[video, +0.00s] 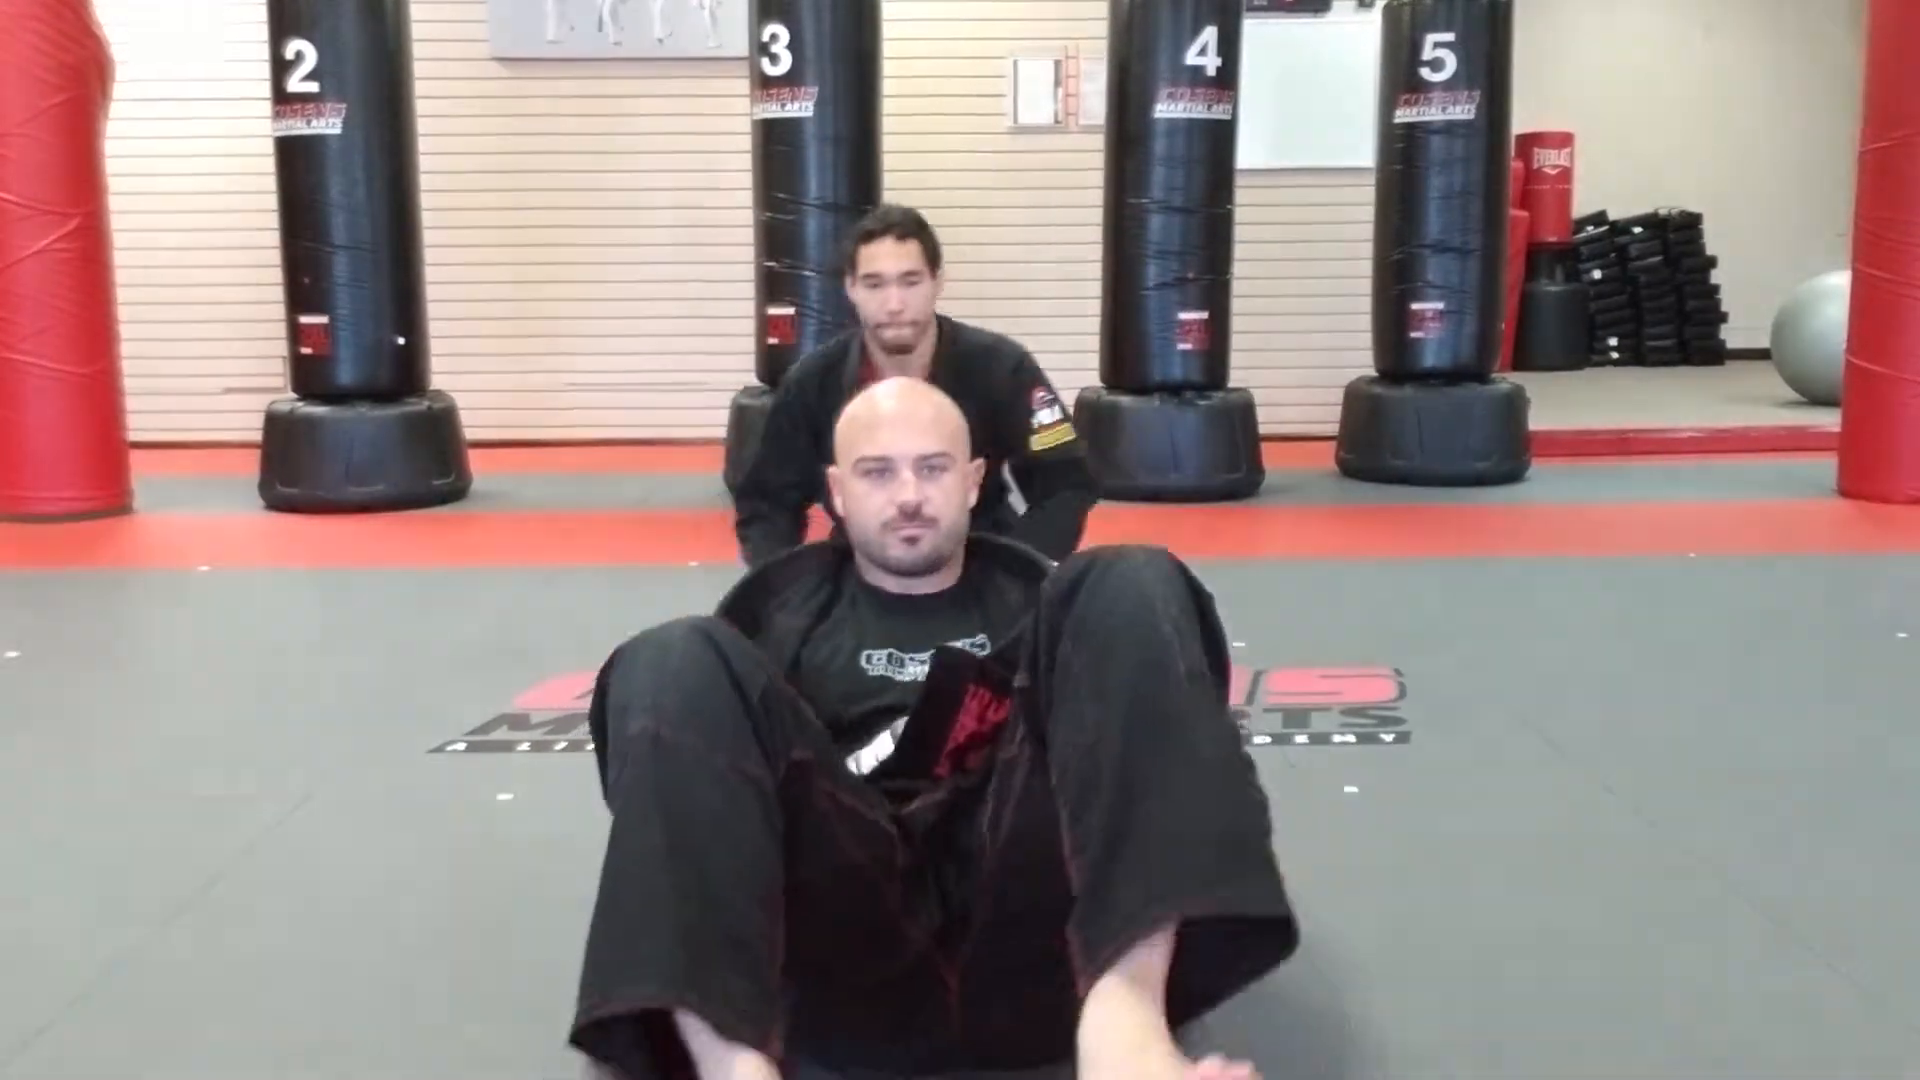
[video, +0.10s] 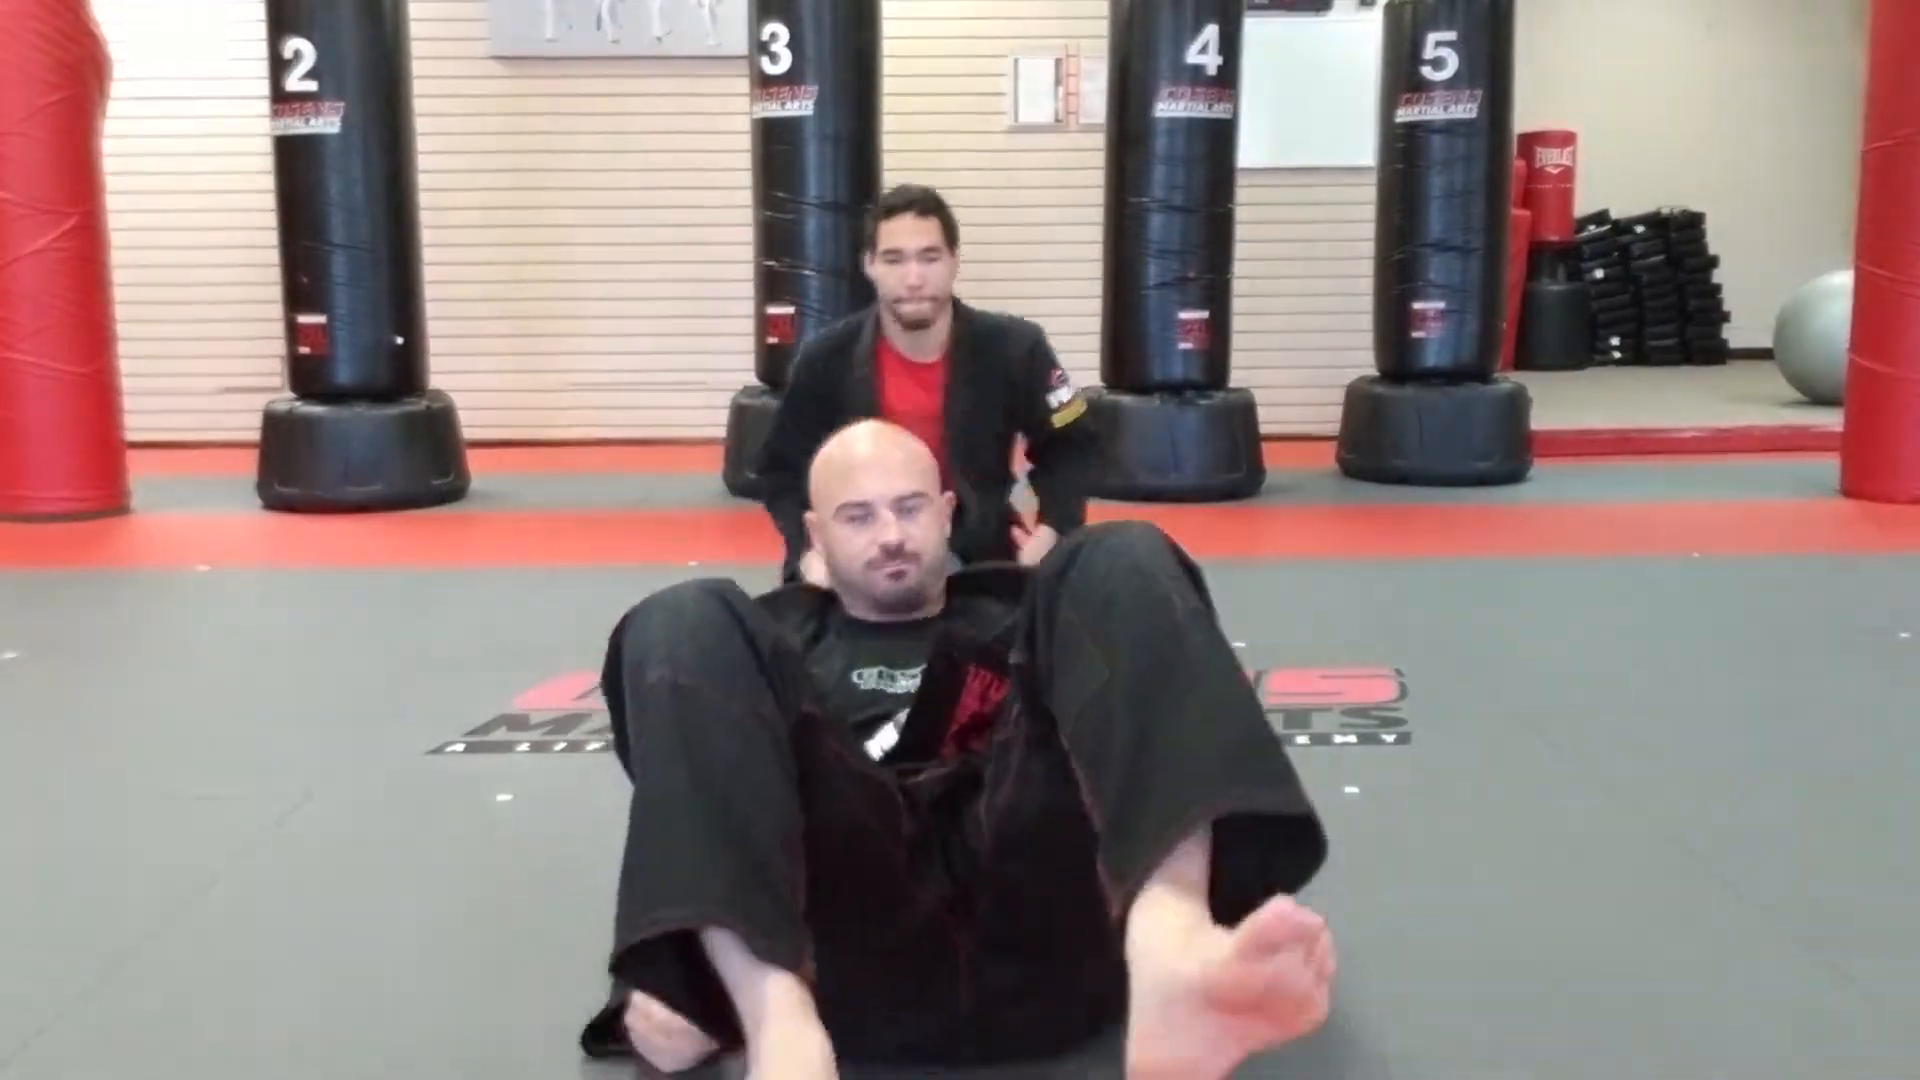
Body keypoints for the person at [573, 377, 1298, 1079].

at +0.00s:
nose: (908, 497)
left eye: (933, 469)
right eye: (878, 473)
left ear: (976, 481)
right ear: (833, 494)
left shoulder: (1054, 605)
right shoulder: (772, 609)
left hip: (1030, 938)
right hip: (829, 935)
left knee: (1138, 582)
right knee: (668, 663)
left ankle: (1129, 1027)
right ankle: (730, 1058)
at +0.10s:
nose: (891, 535)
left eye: (912, 509)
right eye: (859, 515)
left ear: (950, 519)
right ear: (812, 543)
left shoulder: (1037, 614)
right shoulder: (760, 643)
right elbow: (678, 779)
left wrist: (1068, 579)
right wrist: (650, 1002)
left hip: (1045, 949)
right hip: (845, 960)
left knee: (1126, 553)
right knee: (674, 620)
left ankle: (1171, 965)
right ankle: (782, 1035)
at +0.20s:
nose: (872, 564)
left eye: (890, 536)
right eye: (839, 549)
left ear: (928, 545)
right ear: (801, 575)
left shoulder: (1022, 643)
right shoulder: (768, 683)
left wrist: (1078, 556)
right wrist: (666, 978)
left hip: (1058, 949)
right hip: (859, 974)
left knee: (1113, 530)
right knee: (685, 585)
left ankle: (1186, 908)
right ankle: (794, 990)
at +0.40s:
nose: (856, 595)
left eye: (874, 571)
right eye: (824, 587)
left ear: (916, 588)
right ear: (796, 628)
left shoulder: (1025, 672)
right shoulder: (778, 716)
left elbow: (1185, 676)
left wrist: (1066, 572)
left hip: (1054, 947)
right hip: (850, 964)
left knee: (1108, 528)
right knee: (690, 569)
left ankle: (1178, 967)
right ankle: (715, 974)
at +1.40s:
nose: (876, 637)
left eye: (892, 631)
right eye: (854, 631)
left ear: (921, 649)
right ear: (824, 655)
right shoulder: (799, 696)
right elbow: (725, 619)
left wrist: (1135, 579)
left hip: (1060, 891)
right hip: (850, 906)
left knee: (1174, 600)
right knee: (672, 629)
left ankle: (1167, 1050)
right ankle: (734, 1053)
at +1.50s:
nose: (909, 634)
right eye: (895, 626)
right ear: (867, 638)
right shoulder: (816, 700)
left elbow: (1217, 720)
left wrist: (1208, 596)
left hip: (1055, 886)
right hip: (855, 888)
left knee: (1192, 607)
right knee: (677, 620)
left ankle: (1173, 1049)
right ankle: (737, 1048)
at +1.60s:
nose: (962, 617)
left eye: (986, 611)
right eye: (935, 612)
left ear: (1025, 643)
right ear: (898, 630)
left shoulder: (1079, 714)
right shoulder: (832, 682)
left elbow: (1225, 779)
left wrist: (1253, 634)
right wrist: (1053, 483)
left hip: (1050, 893)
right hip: (857, 882)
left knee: (1204, 614)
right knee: (688, 619)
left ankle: (1177, 1056)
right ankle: (739, 1052)